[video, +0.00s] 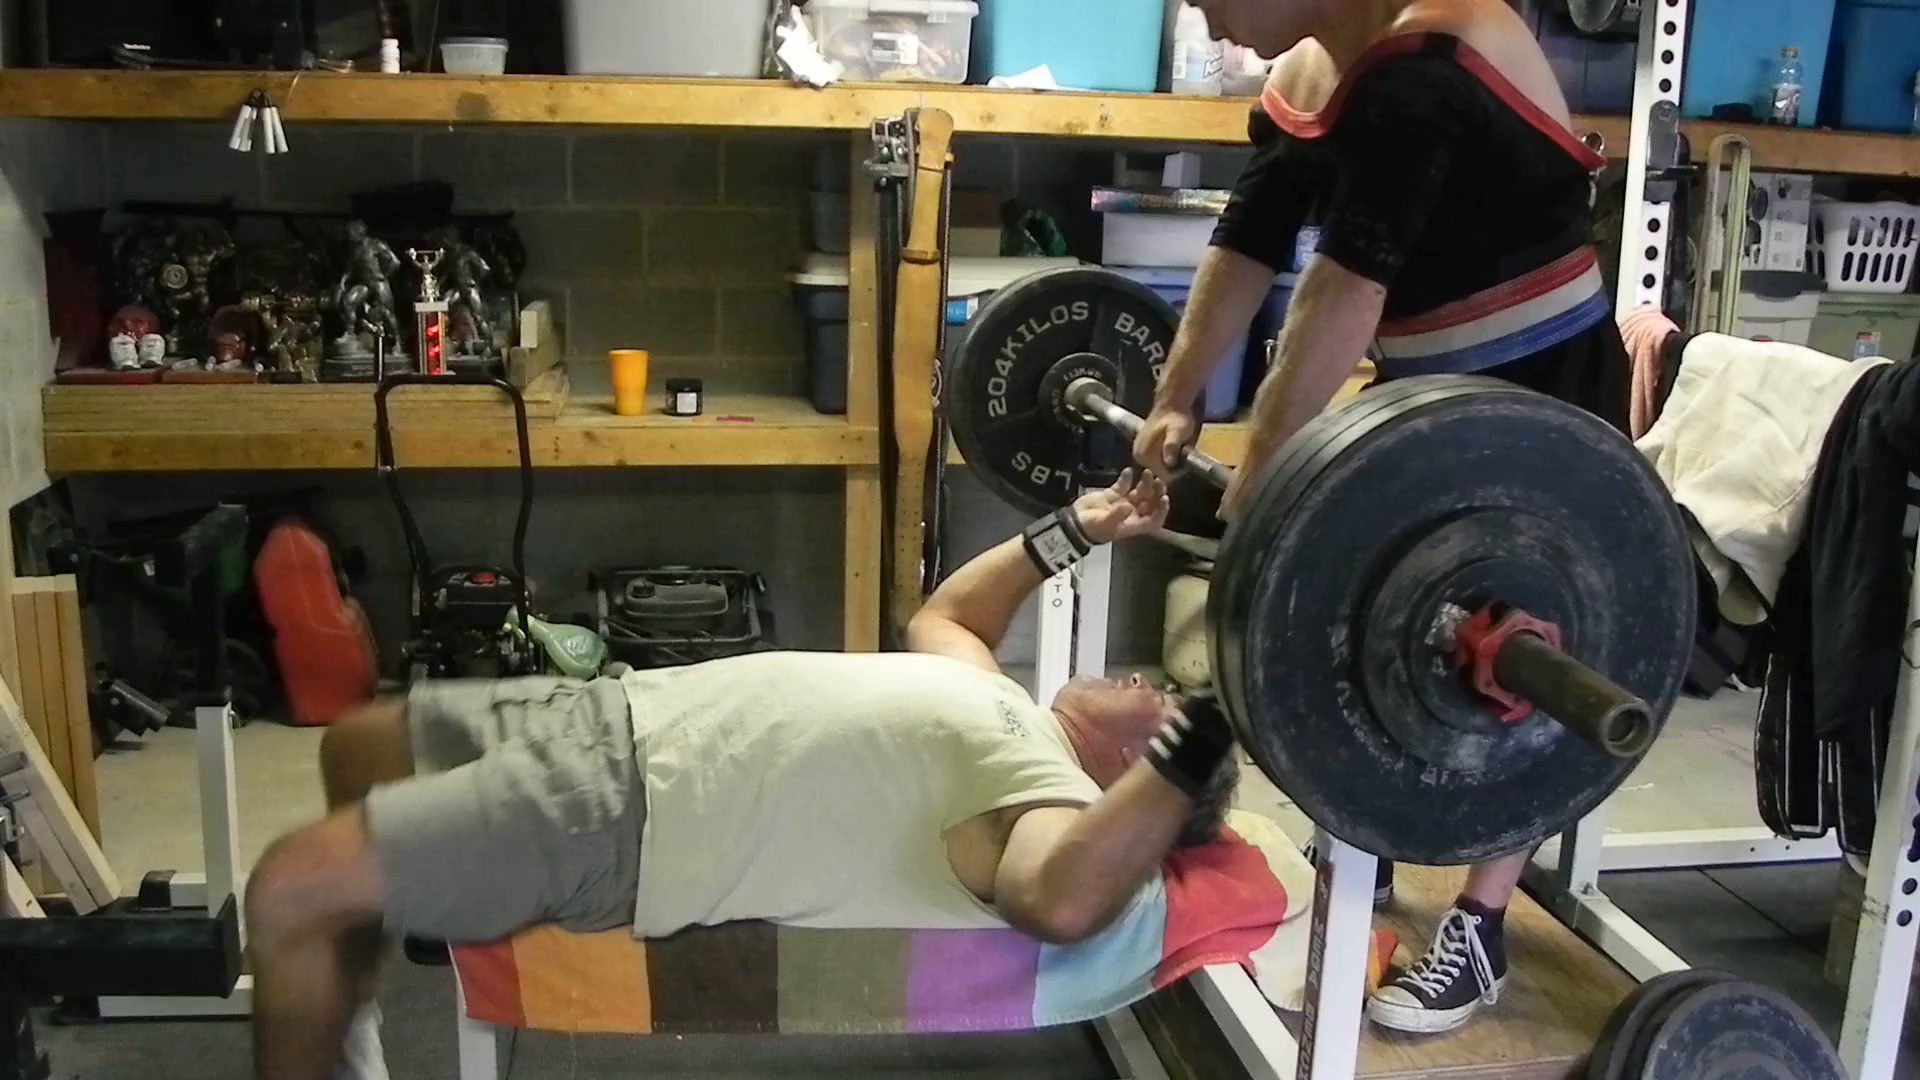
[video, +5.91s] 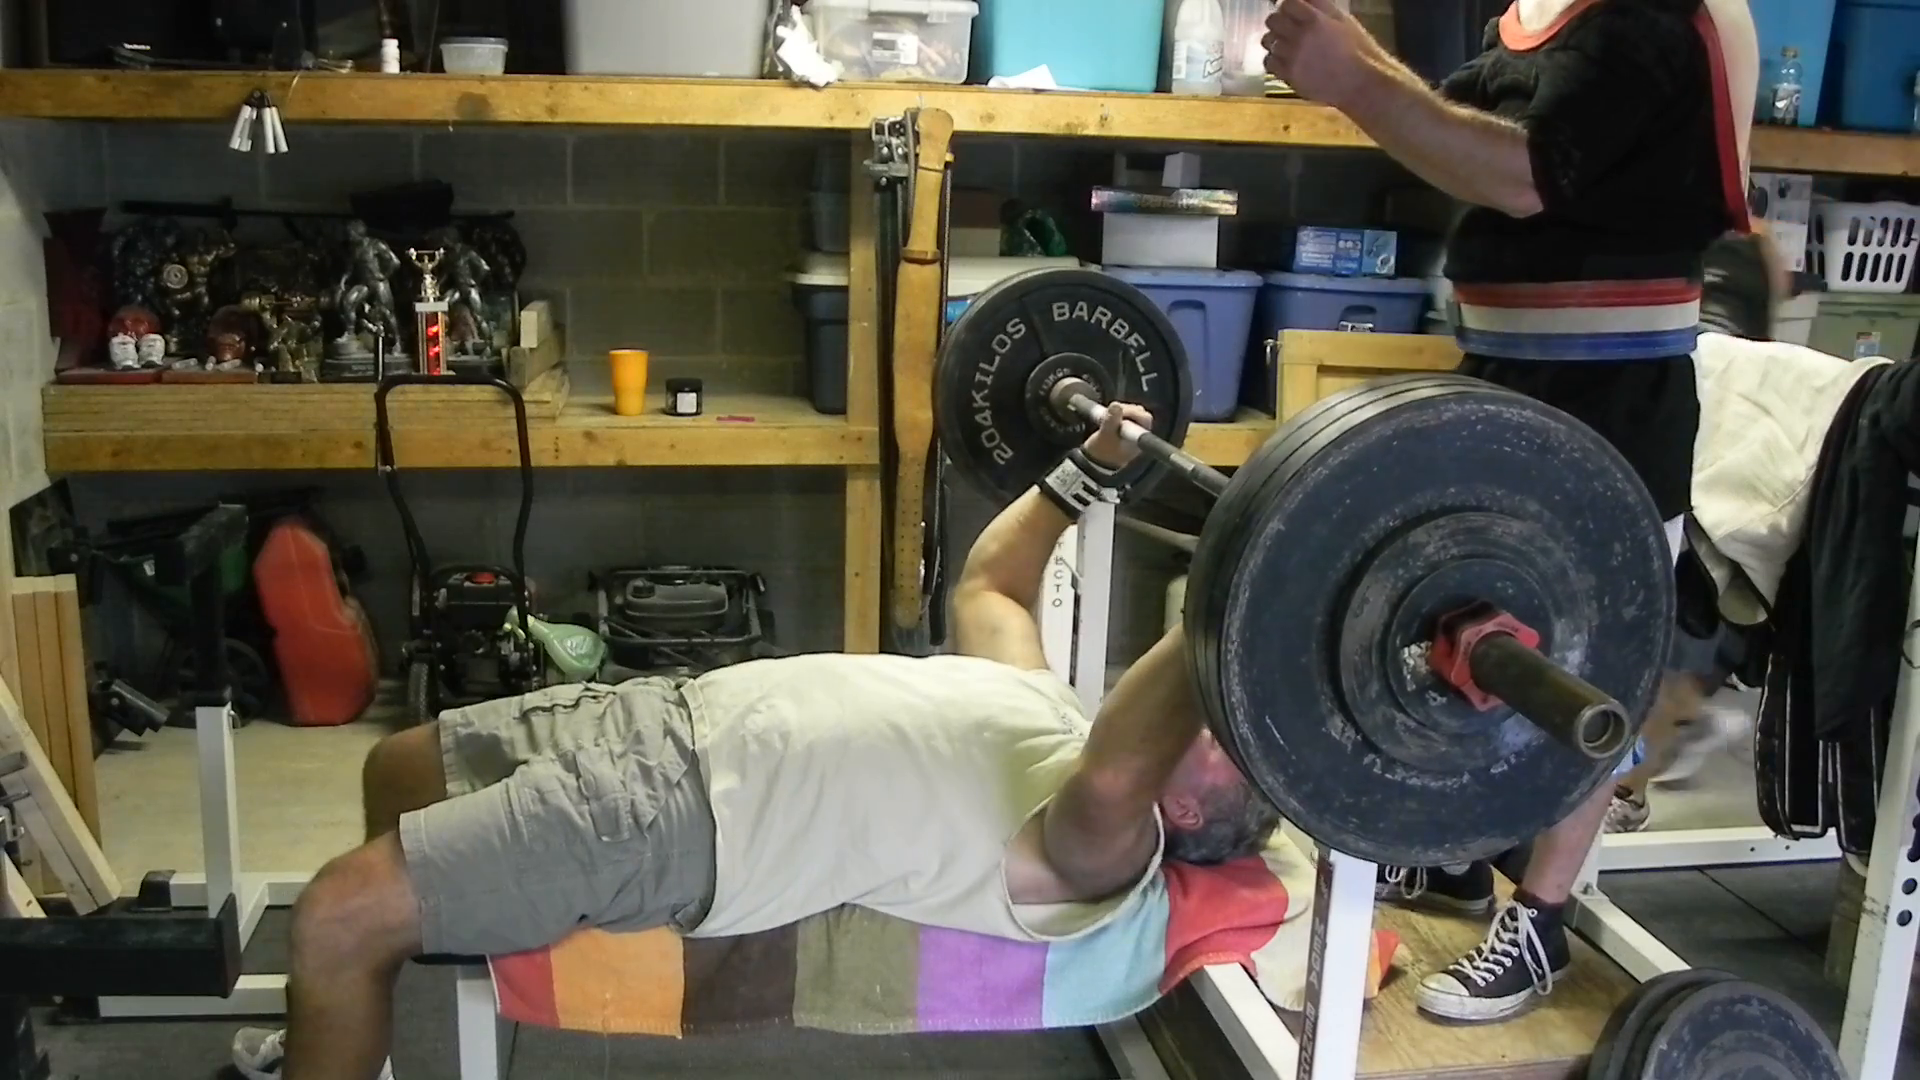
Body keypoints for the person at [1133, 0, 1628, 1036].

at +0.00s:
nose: (1206, 22)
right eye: (1201, 5)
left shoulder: (1419, 75)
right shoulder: (1310, 69)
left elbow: (1341, 304)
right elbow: (1251, 231)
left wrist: (1253, 494)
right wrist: (1172, 404)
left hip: (1535, 391)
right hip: (1412, 382)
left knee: (1522, 648)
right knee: (1384, 620)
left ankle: (1477, 917)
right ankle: (1365, 846)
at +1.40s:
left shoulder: (1472, 16)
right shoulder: (1316, 33)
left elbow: (1415, 185)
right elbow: (1263, 192)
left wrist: (1300, 341)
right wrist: (1196, 345)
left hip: (1479, 360)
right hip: (1346, 361)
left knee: (1478, 628)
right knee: (1352, 616)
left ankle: (1470, 908)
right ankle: (1357, 870)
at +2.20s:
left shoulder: (1634, 21)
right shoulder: (1452, 17)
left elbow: (1541, 195)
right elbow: (1365, 153)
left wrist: (1410, 362)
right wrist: (1262, 279)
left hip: (1556, 366)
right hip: (1420, 346)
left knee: (1539, 626)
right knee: (1369, 605)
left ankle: (1526, 899)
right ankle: (1352, 853)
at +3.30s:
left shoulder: (1604, 20)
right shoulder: (1468, 33)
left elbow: (1522, 165)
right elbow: (1366, 161)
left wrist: (1373, 235)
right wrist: (1201, 185)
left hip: (1579, 373)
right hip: (1461, 359)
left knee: (1559, 632)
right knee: (1431, 598)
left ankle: (1532, 894)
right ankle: (1442, 833)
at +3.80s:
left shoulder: (1583, 18)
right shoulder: (1429, 30)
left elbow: (1509, 151)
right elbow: (1323, 161)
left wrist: (1372, 71)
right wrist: (1200, 65)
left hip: (1539, 364)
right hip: (1409, 352)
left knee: (1530, 625)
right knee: (1391, 602)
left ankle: (1527, 891)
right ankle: (1427, 828)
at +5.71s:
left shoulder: (1648, 19)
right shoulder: (1528, 17)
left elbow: (1528, 168)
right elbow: (1468, 142)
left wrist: (1355, 76)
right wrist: (1344, 71)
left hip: (1612, 380)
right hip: (1502, 369)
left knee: (1590, 655)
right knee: (1464, 616)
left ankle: (1540, 915)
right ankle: (1446, 845)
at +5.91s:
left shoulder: (1650, 21)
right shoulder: (1534, 13)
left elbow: (1525, 170)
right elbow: (1477, 133)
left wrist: (1357, 79)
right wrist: (1360, 66)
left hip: (1613, 386)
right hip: (1506, 372)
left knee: (1589, 657)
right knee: (1471, 617)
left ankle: (1539, 916)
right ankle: (1452, 846)